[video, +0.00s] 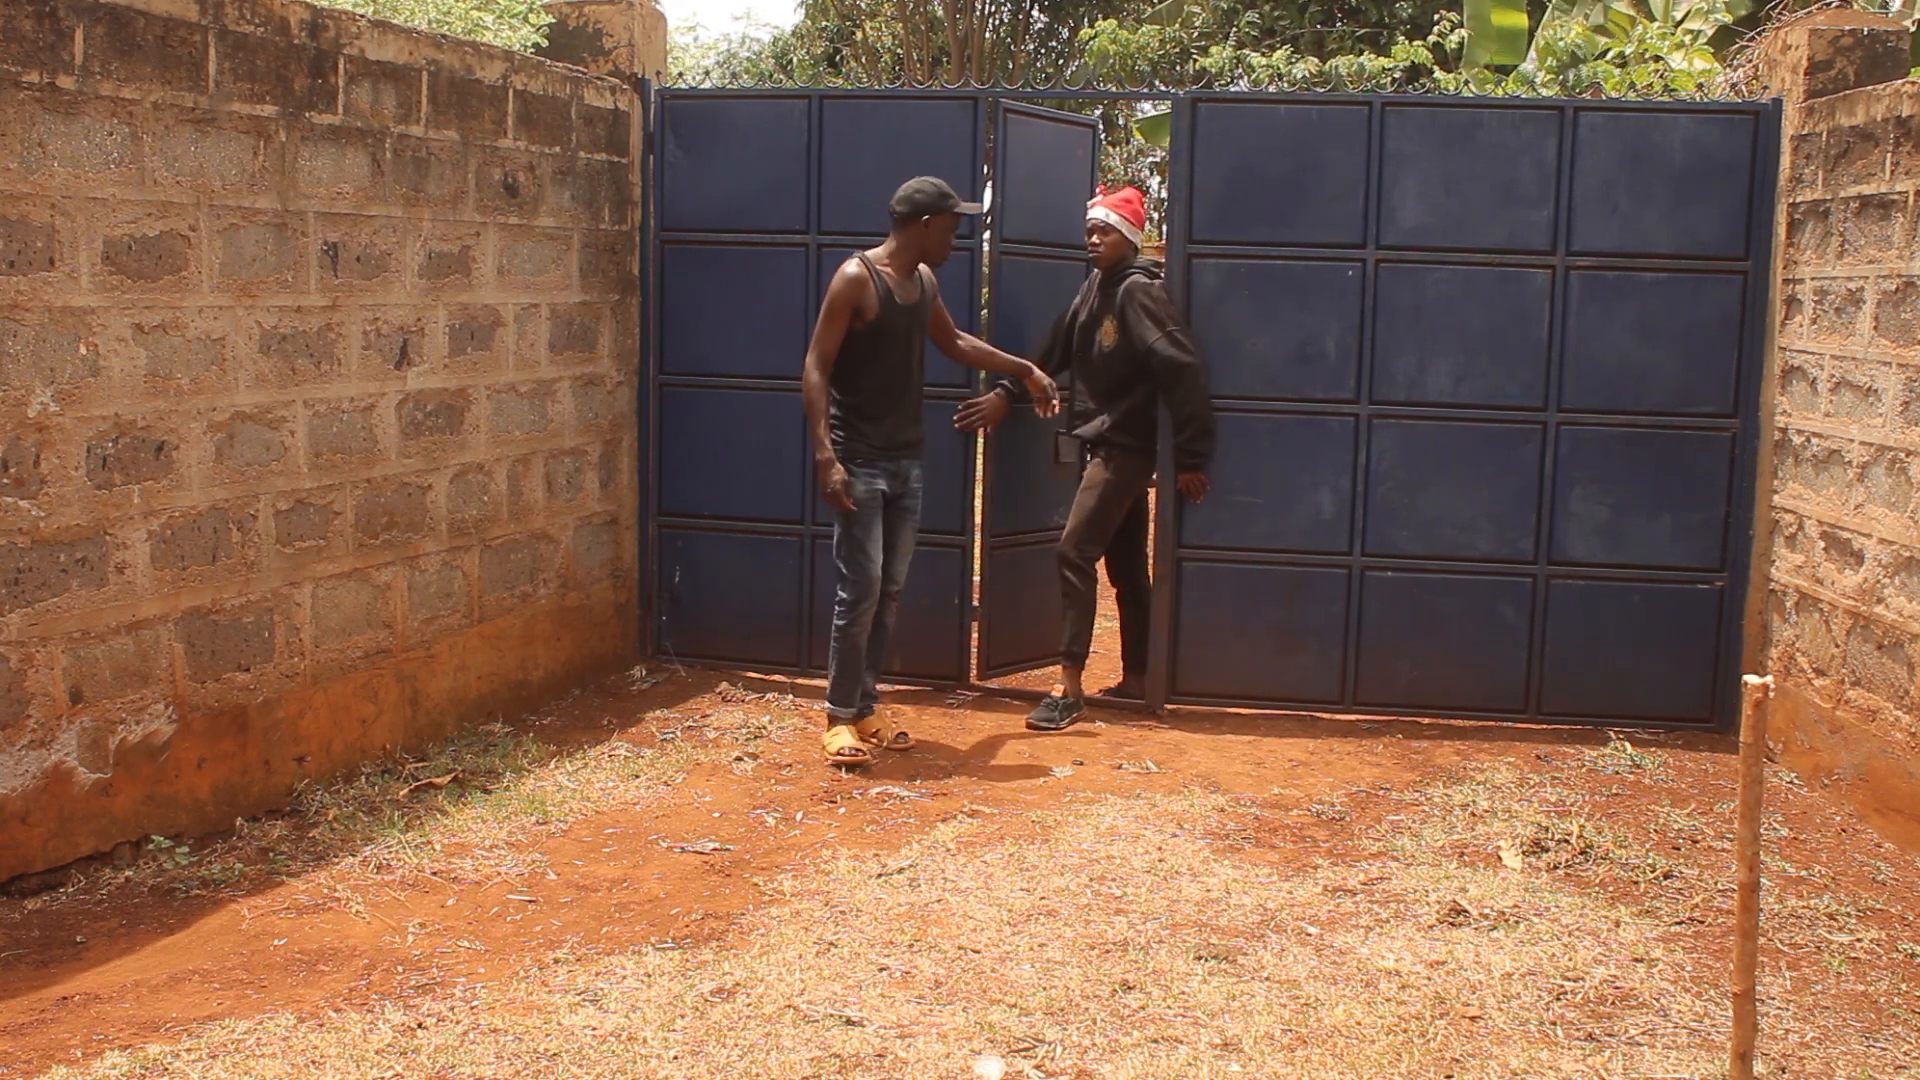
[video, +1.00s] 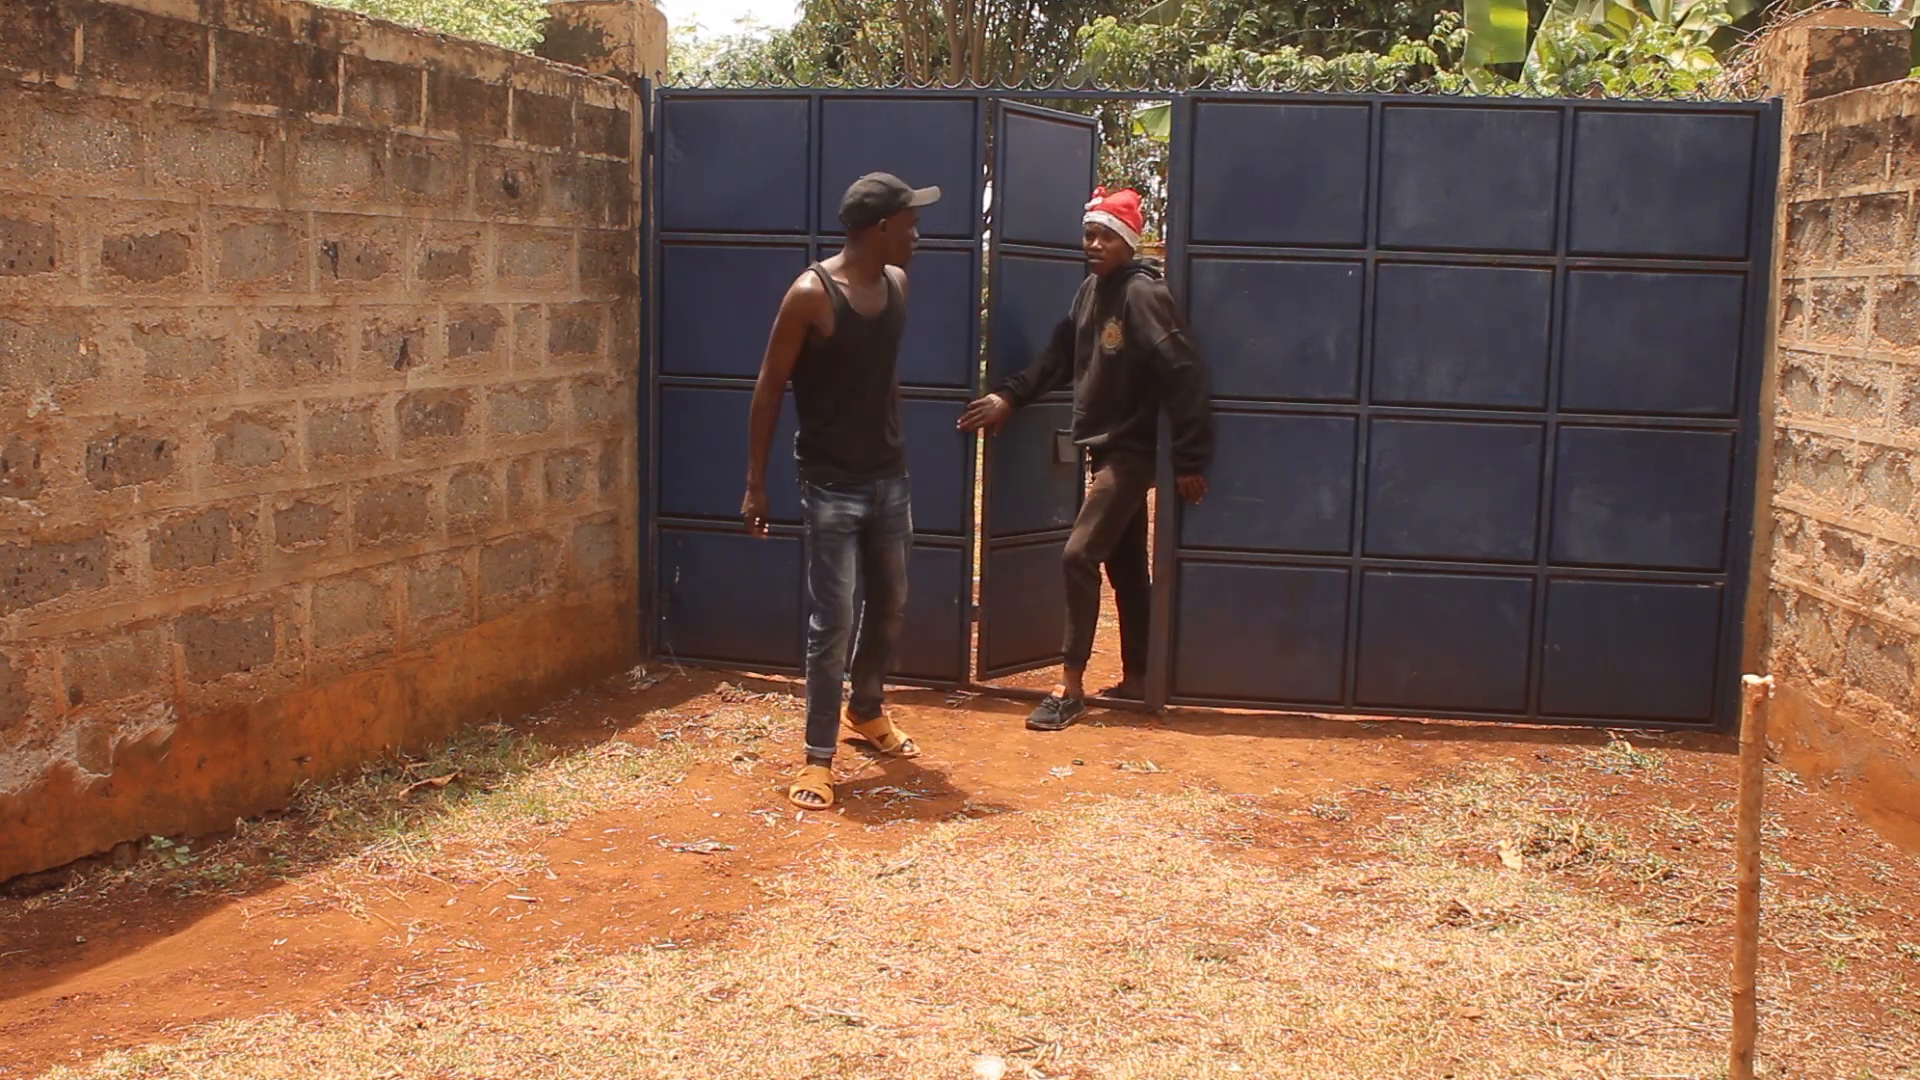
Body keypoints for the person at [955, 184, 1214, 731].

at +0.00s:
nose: (1095, 239)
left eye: (1106, 231)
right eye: (1090, 229)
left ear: (1132, 238)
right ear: (1087, 235)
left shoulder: (1138, 289)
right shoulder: (1092, 289)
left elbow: (1183, 366)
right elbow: (1052, 355)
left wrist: (1190, 458)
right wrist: (1005, 395)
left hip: (1125, 448)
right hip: (1105, 446)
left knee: (1074, 554)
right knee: (1128, 569)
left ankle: (1070, 690)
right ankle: (1138, 676)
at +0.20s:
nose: (1097, 240)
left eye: (1108, 232)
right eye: (1093, 231)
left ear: (1135, 239)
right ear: (1090, 235)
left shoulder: (1141, 290)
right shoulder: (1096, 290)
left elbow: (1183, 369)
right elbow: (1058, 349)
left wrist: (1189, 459)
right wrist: (1007, 394)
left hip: (1132, 450)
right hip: (1109, 448)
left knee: (1088, 558)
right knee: (1131, 568)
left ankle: (1072, 690)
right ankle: (1139, 676)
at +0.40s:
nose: (1096, 242)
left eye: (1108, 234)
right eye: (1093, 232)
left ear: (1134, 242)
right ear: (1089, 236)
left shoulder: (1142, 291)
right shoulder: (1097, 291)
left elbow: (1182, 370)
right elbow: (1059, 350)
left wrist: (1188, 460)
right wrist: (1007, 395)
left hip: (1132, 451)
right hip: (1109, 448)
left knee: (1088, 556)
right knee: (1134, 567)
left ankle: (1071, 690)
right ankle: (1140, 676)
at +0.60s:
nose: (1096, 243)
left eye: (1107, 235)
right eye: (1091, 233)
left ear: (1134, 241)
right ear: (1088, 238)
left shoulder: (1144, 292)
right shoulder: (1097, 293)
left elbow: (1183, 372)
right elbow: (1057, 357)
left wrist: (1188, 461)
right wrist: (1007, 397)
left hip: (1132, 452)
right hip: (1105, 450)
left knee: (1086, 557)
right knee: (1132, 567)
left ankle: (1071, 690)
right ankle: (1140, 676)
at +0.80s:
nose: (1096, 242)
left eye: (1108, 234)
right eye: (1092, 232)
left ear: (1134, 241)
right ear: (1087, 237)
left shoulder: (1143, 292)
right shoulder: (1097, 291)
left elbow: (1182, 372)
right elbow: (1060, 354)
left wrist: (1188, 461)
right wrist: (1007, 397)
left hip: (1132, 452)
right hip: (1105, 449)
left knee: (1083, 559)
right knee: (1131, 568)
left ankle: (1071, 690)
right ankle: (1140, 675)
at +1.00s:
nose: (1093, 243)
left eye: (1104, 234)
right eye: (1088, 232)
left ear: (1131, 241)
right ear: (1085, 236)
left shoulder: (1145, 294)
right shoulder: (1089, 292)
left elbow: (1185, 373)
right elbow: (1057, 357)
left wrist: (1189, 461)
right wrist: (1007, 397)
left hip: (1131, 452)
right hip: (1100, 451)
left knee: (1078, 558)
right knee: (1128, 570)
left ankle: (1070, 691)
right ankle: (1139, 677)